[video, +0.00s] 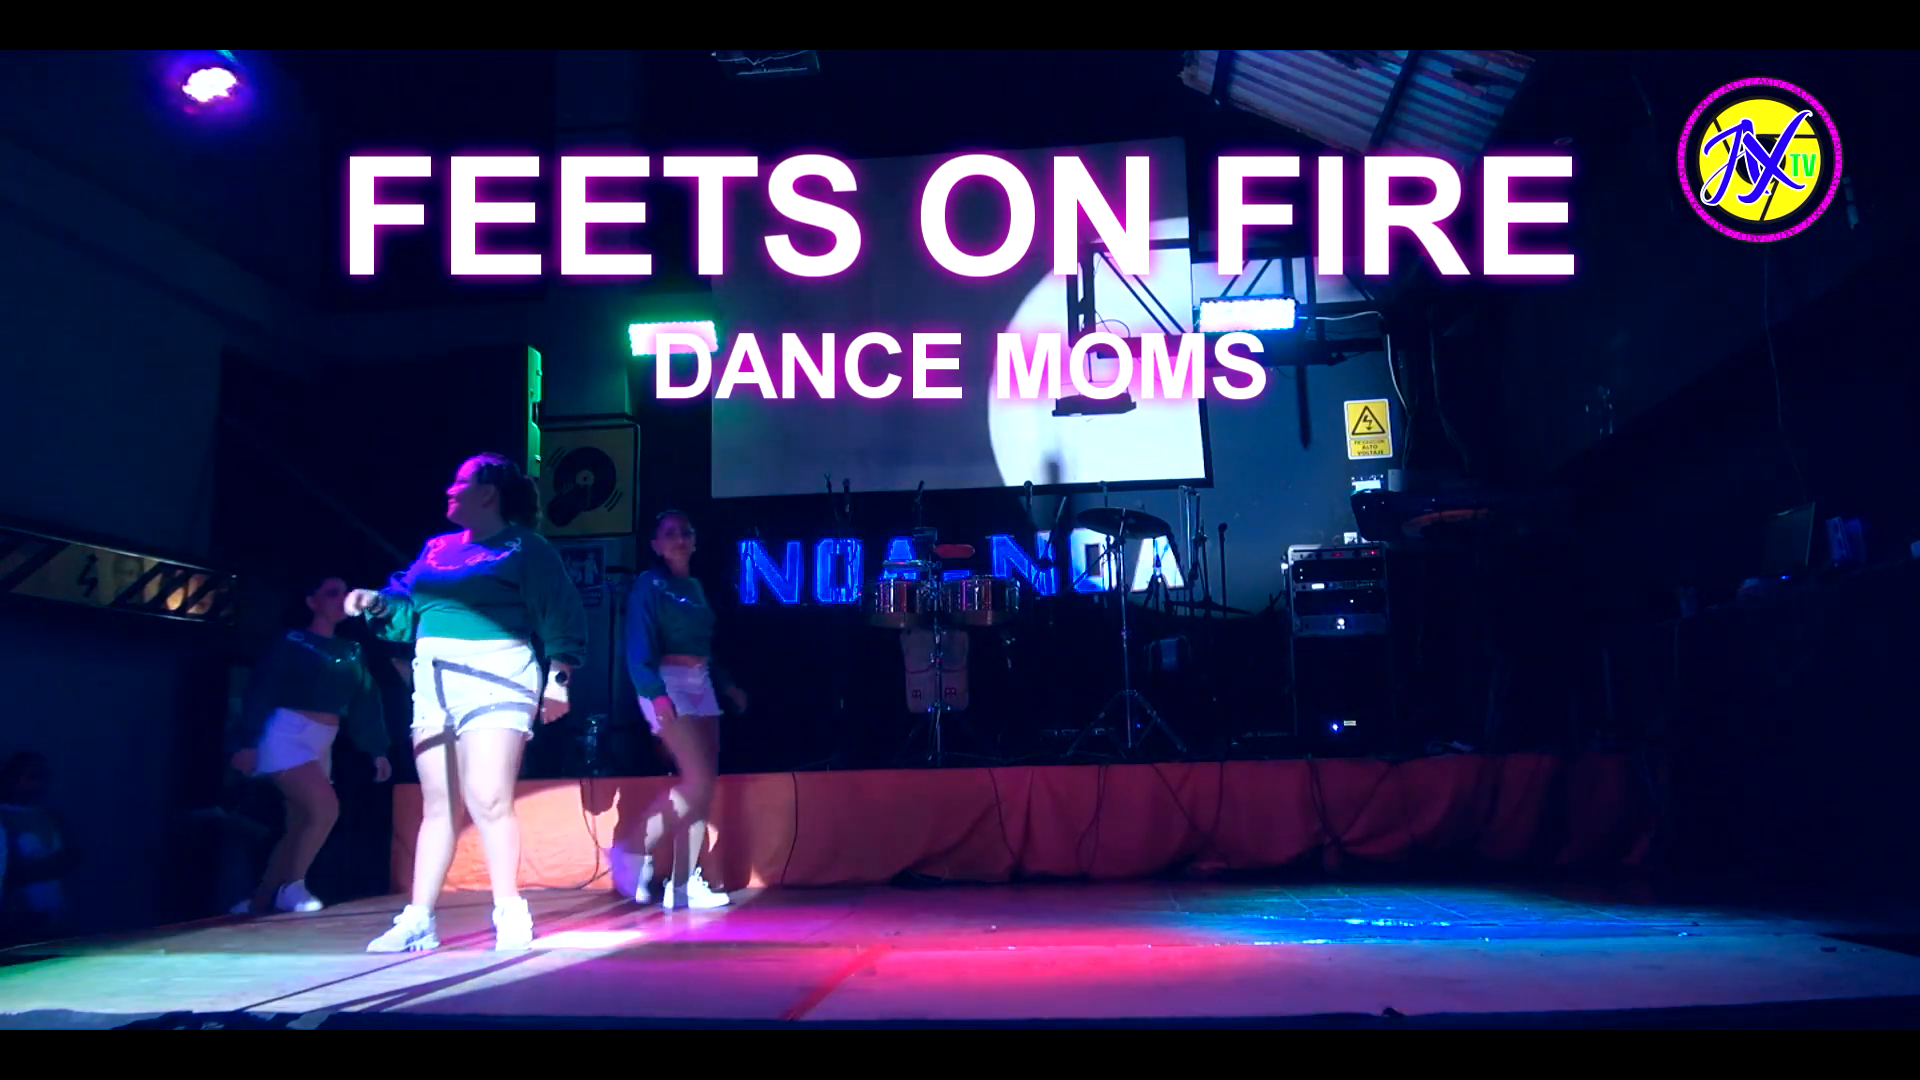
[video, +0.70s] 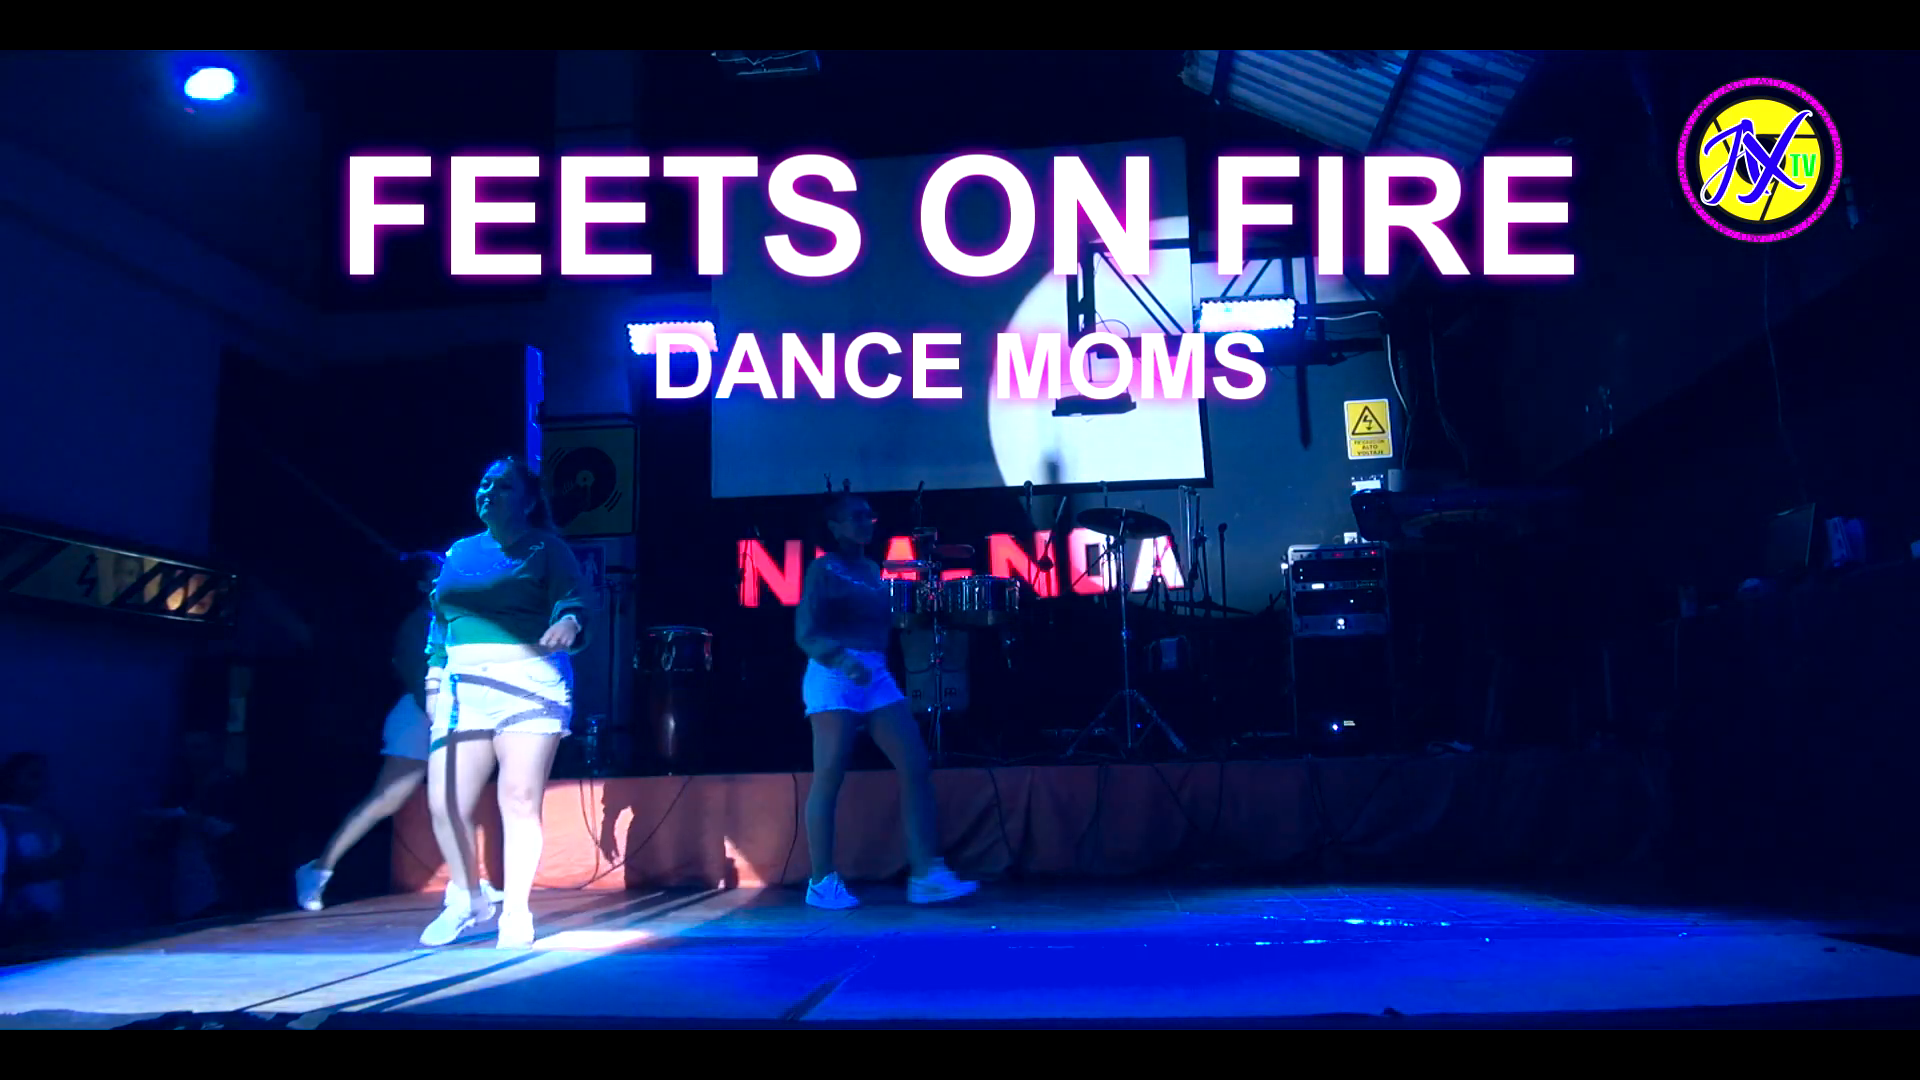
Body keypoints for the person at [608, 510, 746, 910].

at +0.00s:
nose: (680, 540)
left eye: (685, 533)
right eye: (671, 535)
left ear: (693, 540)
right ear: (657, 545)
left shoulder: (697, 589)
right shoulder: (649, 585)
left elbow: (704, 649)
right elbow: (639, 645)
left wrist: (726, 685)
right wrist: (655, 693)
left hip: (702, 680)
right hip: (666, 681)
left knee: (702, 785)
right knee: (697, 781)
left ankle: (684, 883)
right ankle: (633, 849)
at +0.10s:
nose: (698, 534)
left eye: (704, 526)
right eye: (690, 528)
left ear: (716, 534)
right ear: (679, 538)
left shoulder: (726, 583)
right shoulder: (670, 581)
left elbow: (740, 640)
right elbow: (650, 645)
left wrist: (772, 666)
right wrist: (664, 699)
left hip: (721, 673)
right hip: (686, 671)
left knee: (698, 783)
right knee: (731, 766)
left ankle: (682, 881)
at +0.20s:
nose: (722, 536)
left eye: (727, 528)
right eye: (714, 531)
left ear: (738, 533)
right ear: (704, 540)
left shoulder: (754, 583)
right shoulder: (692, 583)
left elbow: (778, 631)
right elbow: (665, 642)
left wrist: (812, 652)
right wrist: (675, 700)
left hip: (742, 679)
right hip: (706, 676)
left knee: (705, 786)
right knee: (751, 770)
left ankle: (683, 882)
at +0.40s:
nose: (773, 539)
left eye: (778, 532)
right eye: (765, 533)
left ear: (788, 535)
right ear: (751, 541)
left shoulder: (804, 585)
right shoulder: (741, 588)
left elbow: (836, 635)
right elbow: (714, 647)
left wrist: (870, 674)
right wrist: (724, 701)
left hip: (799, 680)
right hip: (759, 677)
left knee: (790, 788)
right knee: (800, 778)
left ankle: (716, 857)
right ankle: (819, 882)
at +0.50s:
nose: (807, 536)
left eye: (809, 529)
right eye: (796, 531)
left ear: (816, 533)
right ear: (778, 541)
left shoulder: (828, 583)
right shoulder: (770, 587)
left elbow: (850, 644)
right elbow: (741, 653)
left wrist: (870, 694)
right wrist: (762, 696)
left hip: (825, 677)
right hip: (786, 674)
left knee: (849, 783)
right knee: (814, 781)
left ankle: (769, 843)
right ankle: (819, 882)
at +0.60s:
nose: (840, 526)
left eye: (840, 519)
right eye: (829, 521)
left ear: (843, 526)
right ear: (807, 532)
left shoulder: (849, 576)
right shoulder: (797, 578)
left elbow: (863, 635)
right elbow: (773, 645)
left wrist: (866, 679)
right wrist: (802, 678)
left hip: (848, 673)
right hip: (807, 672)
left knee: (889, 764)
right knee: (821, 774)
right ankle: (819, 881)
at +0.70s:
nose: (869, 521)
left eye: (869, 515)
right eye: (859, 516)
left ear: (871, 523)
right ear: (836, 526)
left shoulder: (874, 572)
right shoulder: (822, 570)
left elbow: (882, 627)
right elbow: (805, 635)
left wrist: (910, 618)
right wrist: (843, 660)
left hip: (877, 676)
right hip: (832, 676)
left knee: (914, 765)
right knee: (828, 775)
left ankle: (926, 873)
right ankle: (821, 881)